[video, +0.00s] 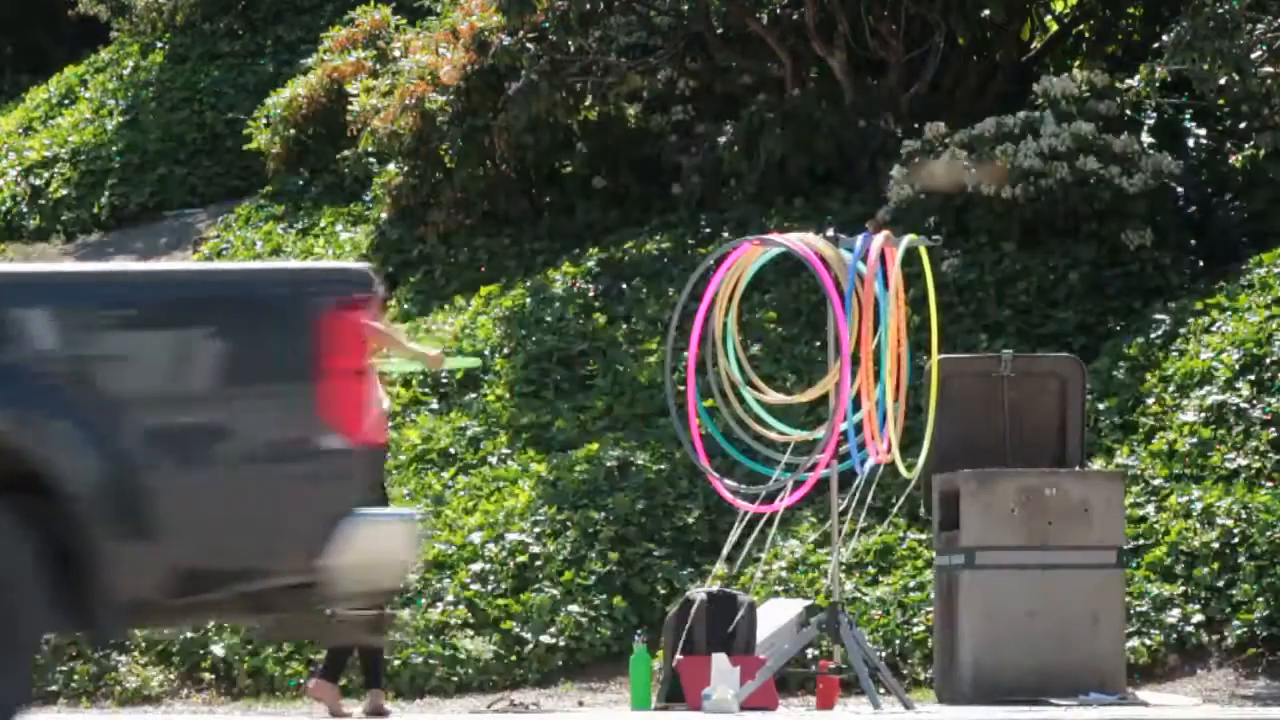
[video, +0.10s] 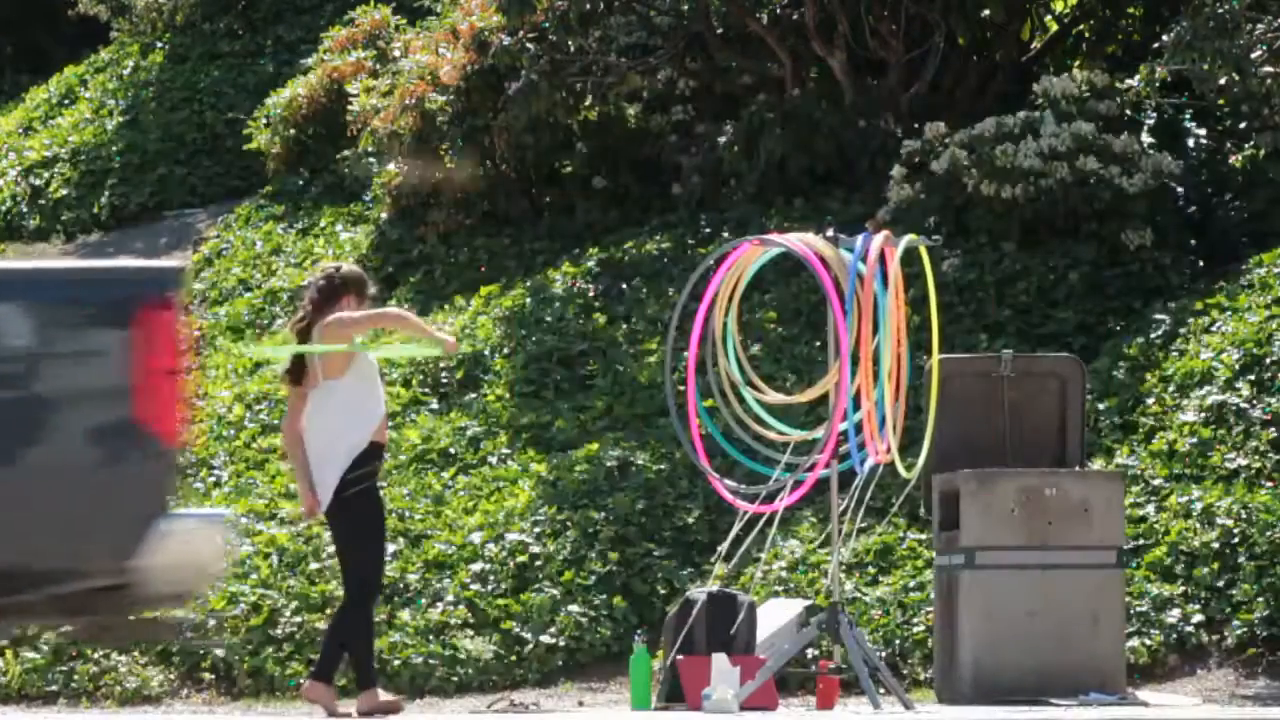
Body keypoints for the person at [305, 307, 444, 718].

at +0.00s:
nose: (382, 312)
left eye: (382, 305)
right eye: (379, 304)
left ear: (353, 299)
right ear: (365, 301)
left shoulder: (335, 331)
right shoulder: (352, 326)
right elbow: (387, 337)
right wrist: (427, 354)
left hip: (351, 458)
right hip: (357, 459)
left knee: (371, 570)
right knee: (370, 568)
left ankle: (375, 690)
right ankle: (327, 677)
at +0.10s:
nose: (362, 311)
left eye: (363, 303)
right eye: (360, 302)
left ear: (321, 303)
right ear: (344, 299)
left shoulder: (310, 352)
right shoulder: (332, 326)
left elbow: (291, 427)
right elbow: (391, 315)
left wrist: (305, 485)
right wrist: (435, 335)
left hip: (337, 478)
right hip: (354, 475)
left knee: (360, 587)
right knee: (363, 586)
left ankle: (367, 689)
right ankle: (321, 680)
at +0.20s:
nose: (355, 306)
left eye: (353, 299)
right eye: (353, 299)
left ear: (312, 301)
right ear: (344, 300)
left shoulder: (297, 358)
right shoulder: (346, 326)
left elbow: (283, 432)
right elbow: (414, 305)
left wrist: (297, 490)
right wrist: (444, 325)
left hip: (320, 478)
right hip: (357, 476)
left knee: (348, 587)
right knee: (354, 587)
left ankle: (361, 689)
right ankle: (316, 682)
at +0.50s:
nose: (287, 309)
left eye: (289, 303)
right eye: (287, 302)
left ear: (299, 306)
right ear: (336, 298)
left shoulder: (289, 356)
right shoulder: (369, 333)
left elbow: (279, 433)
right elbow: (435, 309)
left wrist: (271, 495)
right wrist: (383, 298)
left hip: (303, 489)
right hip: (360, 485)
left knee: (318, 586)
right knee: (345, 585)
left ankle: (326, 686)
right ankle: (322, 682)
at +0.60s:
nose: (288, 313)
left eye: (289, 303)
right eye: (287, 304)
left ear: (305, 301)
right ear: (330, 299)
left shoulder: (295, 353)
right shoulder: (371, 337)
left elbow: (281, 431)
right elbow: (422, 323)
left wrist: (264, 489)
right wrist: (374, 297)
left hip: (306, 488)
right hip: (362, 488)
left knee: (311, 584)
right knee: (343, 583)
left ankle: (328, 689)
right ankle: (326, 685)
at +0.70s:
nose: (287, 317)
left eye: (288, 308)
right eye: (285, 309)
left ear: (307, 305)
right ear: (327, 303)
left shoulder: (301, 353)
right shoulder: (366, 341)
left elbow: (284, 428)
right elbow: (397, 338)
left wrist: (256, 490)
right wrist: (359, 303)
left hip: (309, 486)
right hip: (360, 484)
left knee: (313, 587)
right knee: (338, 581)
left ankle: (325, 693)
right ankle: (343, 674)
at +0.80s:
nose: (288, 319)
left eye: (291, 310)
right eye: (286, 311)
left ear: (315, 304)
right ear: (326, 304)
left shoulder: (309, 356)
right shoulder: (362, 345)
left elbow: (286, 431)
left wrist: (251, 490)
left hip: (307, 479)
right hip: (349, 478)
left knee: (310, 587)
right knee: (323, 581)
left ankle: (324, 695)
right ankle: (361, 661)